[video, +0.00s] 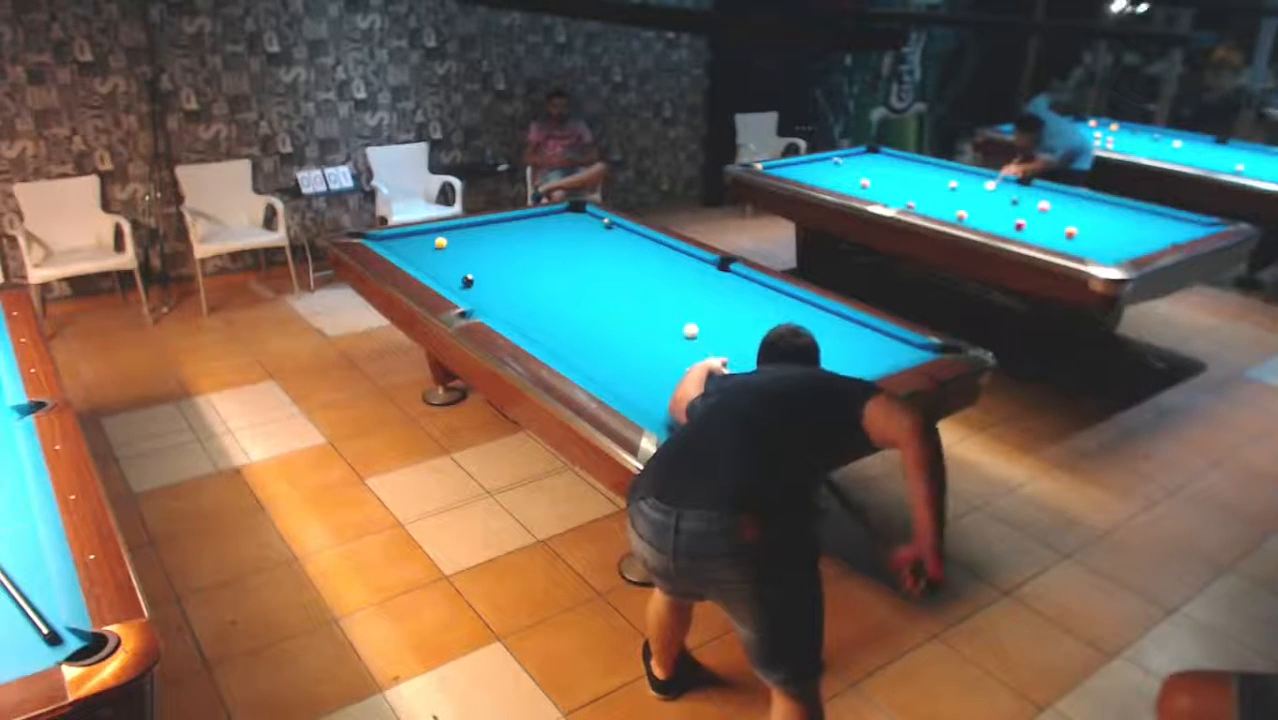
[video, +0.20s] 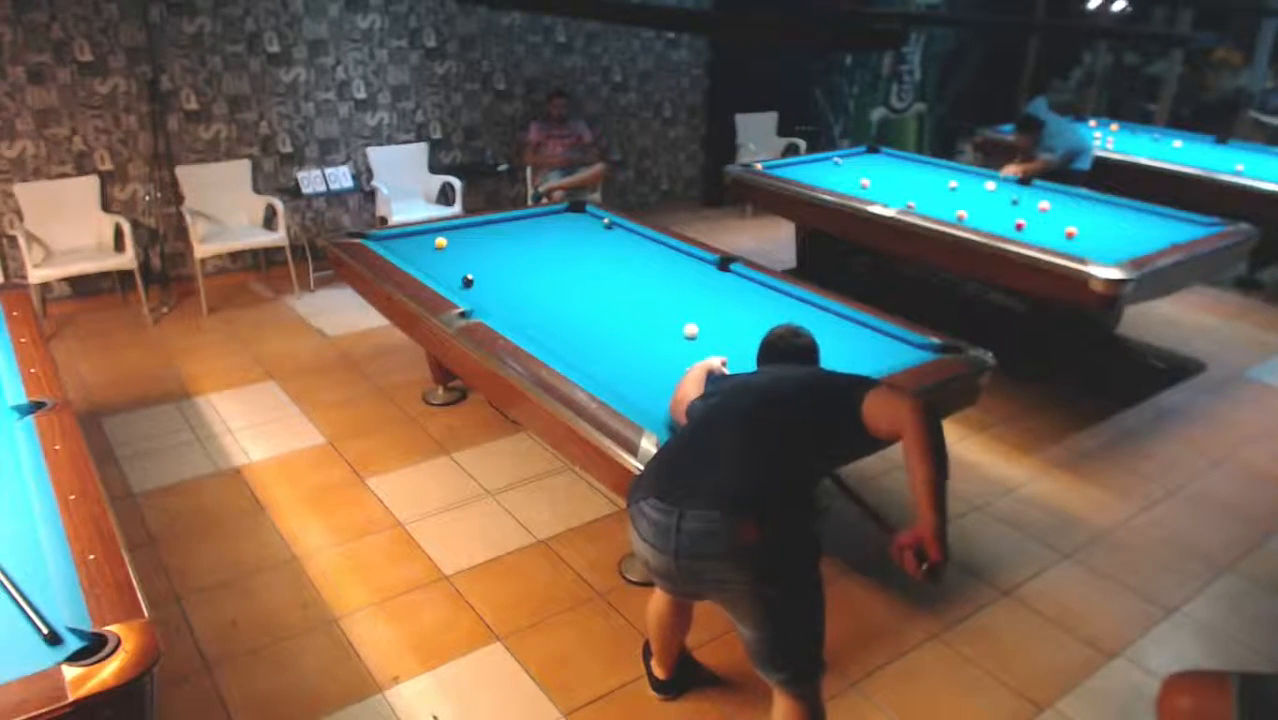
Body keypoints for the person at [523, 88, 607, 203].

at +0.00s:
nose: (559, 110)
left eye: (563, 106)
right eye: (555, 106)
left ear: (568, 108)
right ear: (548, 108)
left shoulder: (578, 126)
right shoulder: (538, 127)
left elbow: (593, 155)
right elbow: (529, 157)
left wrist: (572, 161)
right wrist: (555, 162)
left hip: (576, 168)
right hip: (550, 170)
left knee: (601, 168)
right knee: (558, 196)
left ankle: (549, 187)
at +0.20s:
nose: (559, 111)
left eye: (563, 107)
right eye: (555, 107)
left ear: (568, 108)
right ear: (549, 108)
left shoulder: (578, 125)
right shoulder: (538, 127)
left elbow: (593, 154)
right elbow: (529, 158)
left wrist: (570, 160)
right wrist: (557, 161)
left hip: (576, 166)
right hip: (550, 170)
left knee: (601, 168)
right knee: (558, 196)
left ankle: (549, 187)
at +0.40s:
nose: (559, 111)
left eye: (563, 107)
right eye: (555, 107)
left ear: (568, 108)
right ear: (549, 108)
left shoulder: (578, 125)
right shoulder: (538, 126)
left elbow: (593, 154)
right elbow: (529, 158)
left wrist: (570, 160)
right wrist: (557, 161)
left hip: (576, 166)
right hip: (550, 169)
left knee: (601, 168)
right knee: (558, 196)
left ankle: (549, 187)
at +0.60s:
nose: (559, 111)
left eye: (563, 107)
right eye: (555, 107)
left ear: (568, 108)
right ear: (549, 108)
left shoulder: (578, 125)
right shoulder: (538, 126)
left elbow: (593, 154)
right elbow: (529, 158)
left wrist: (570, 160)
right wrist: (557, 161)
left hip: (576, 166)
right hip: (550, 169)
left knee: (601, 168)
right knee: (558, 196)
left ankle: (549, 187)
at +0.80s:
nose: (559, 110)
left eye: (562, 106)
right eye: (555, 106)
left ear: (568, 107)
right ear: (548, 108)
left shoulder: (578, 126)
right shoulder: (538, 128)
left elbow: (591, 153)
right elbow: (529, 156)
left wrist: (568, 160)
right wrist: (552, 162)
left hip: (577, 166)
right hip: (550, 170)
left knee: (600, 168)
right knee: (558, 196)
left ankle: (551, 186)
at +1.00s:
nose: (559, 110)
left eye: (562, 106)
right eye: (555, 107)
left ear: (568, 107)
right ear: (548, 108)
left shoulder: (578, 126)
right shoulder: (538, 128)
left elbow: (591, 153)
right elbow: (529, 156)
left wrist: (567, 160)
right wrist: (552, 162)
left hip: (576, 166)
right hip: (550, 170)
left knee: (600, 168)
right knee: (558, 196)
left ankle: (551, 186)